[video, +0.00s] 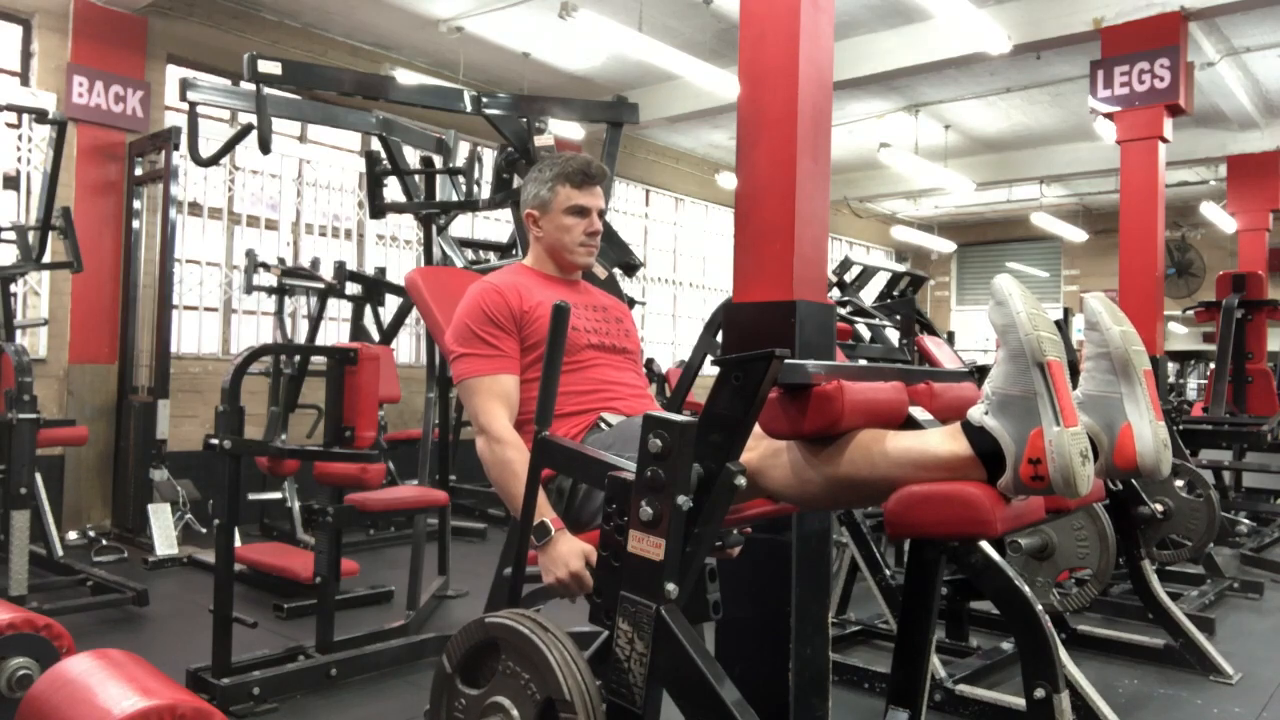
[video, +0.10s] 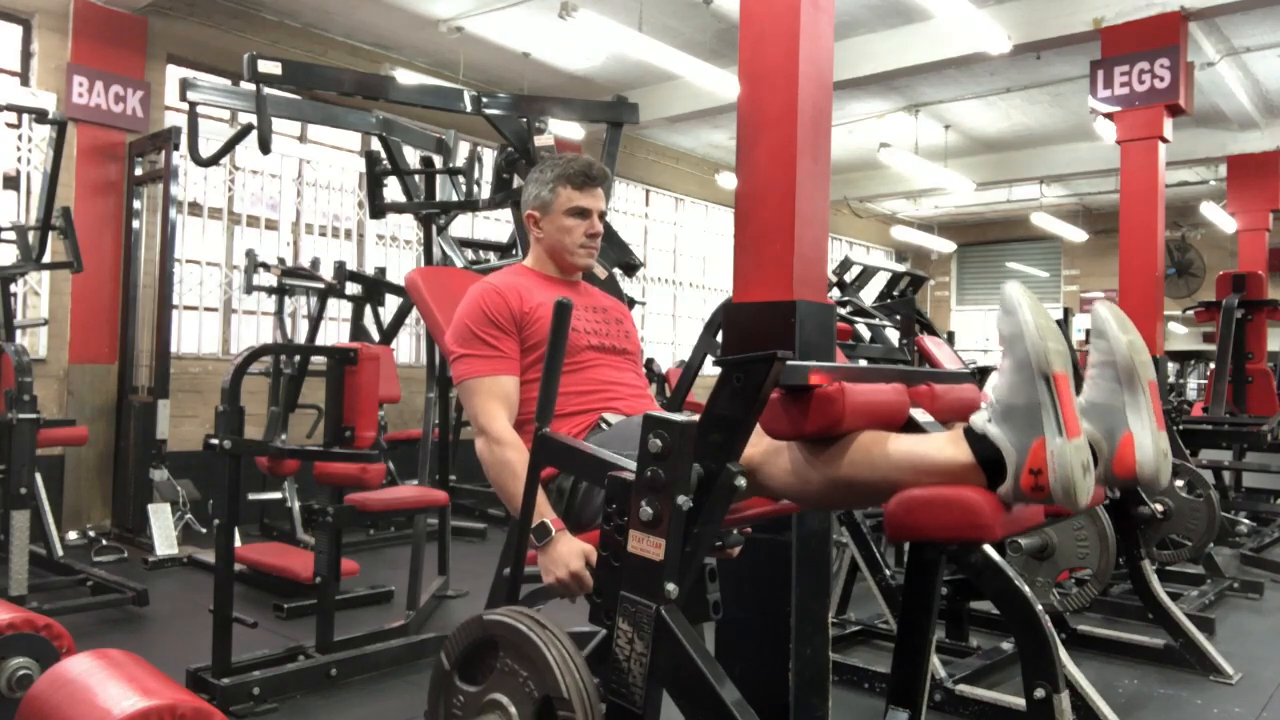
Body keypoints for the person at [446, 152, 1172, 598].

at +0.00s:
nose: (591, 228)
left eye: (597, 216)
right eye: (576, 214)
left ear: (598, 222)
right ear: (530, 216)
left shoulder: (610, 306)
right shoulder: (496, 295)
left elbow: (649, 399)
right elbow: (491, 428)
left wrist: (715, 428)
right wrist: (548, 531)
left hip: (663, 444)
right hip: (586, 465)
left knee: (828, 447)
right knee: (773, 457)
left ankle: (1075, 442)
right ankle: (987, 443)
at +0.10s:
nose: (593, 231)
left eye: (598, 219)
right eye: (578, 216)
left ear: (597, 224)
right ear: (532, 217)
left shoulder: (608, 305)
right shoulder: (496, 295)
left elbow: (647, 399)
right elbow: (491, 428)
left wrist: (712, 433)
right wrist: (547, 531)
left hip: (664, 444)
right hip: (588, 467)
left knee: (826, 444)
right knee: (776, 455)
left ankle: (1065, 452)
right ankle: (995, 450)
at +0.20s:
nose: (593, 234)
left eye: (598, 221)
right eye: (579, 219)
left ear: (597, 225)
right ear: (532, 218)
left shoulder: (607, 305)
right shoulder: (495, 297)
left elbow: (647, 398)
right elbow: (490, 429)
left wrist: (713, 428)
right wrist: (548, 531)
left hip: (659, 443)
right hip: (587, 466)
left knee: (825, 451)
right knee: (773, 452)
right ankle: (985, 466)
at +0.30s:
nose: (593, 234)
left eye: (598, 221)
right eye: (578, 219)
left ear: (598, 226)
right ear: (533, 219)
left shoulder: (608, 306)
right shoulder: (495, 298)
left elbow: (653, 398)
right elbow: (490, 429)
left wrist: (717, 421)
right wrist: (546, 533)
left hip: (656, 442)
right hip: (583, 465)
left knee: (817, 452)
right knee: (774, 455)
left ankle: (999, 501)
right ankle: (993, 504)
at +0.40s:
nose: (592, 236)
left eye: (598, 222)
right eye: (576, 222)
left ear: (600, 223)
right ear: (531, 221)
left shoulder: (603, 299)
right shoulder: (493, 302)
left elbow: (638, 401)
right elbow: (492, 437)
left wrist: (728, 411)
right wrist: (550, 531)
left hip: (654, 442)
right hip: (581, 469)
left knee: (841, 443)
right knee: (768, 443)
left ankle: (1081, 528)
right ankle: (970, 551)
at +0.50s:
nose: (594, 234)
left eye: (601, 222)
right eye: (579, 219)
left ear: (603, 228)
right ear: (533, 221)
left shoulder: (609, 306)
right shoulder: (493, 300)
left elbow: (657, 401)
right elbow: (490, 433)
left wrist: (750, 410)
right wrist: (550, 533)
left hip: (656, 444)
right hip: (591, 463)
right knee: (783, 430)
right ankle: (954, 583)